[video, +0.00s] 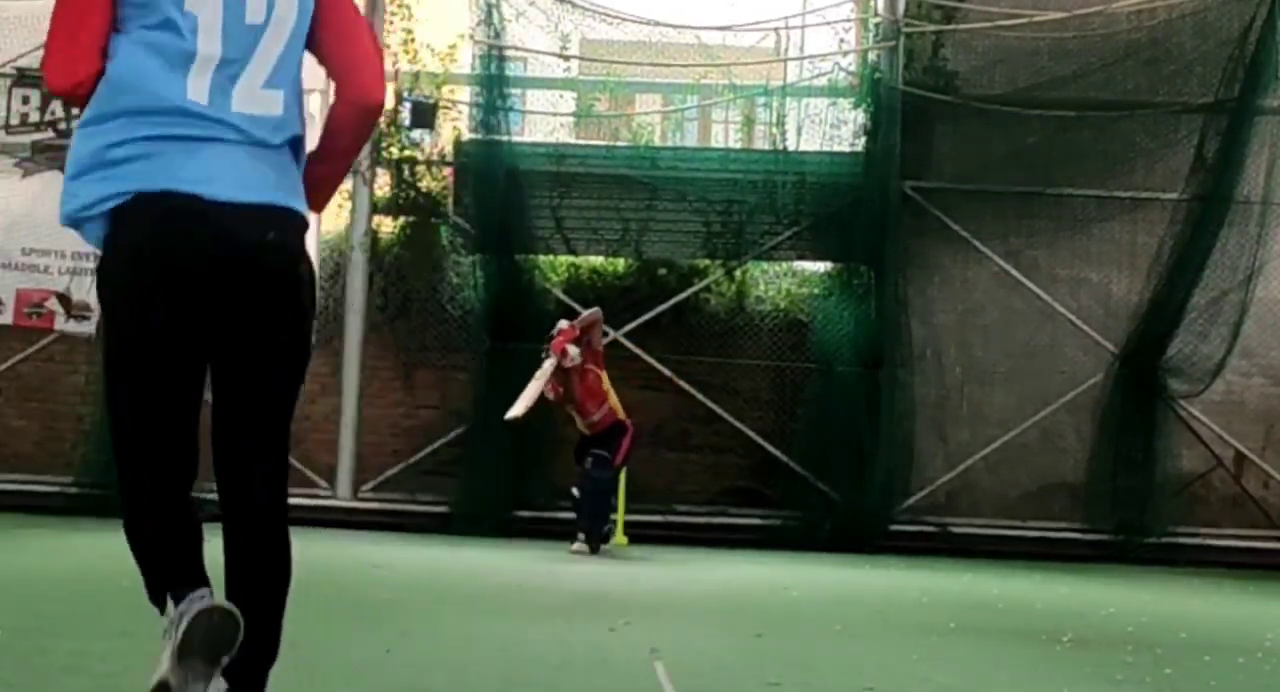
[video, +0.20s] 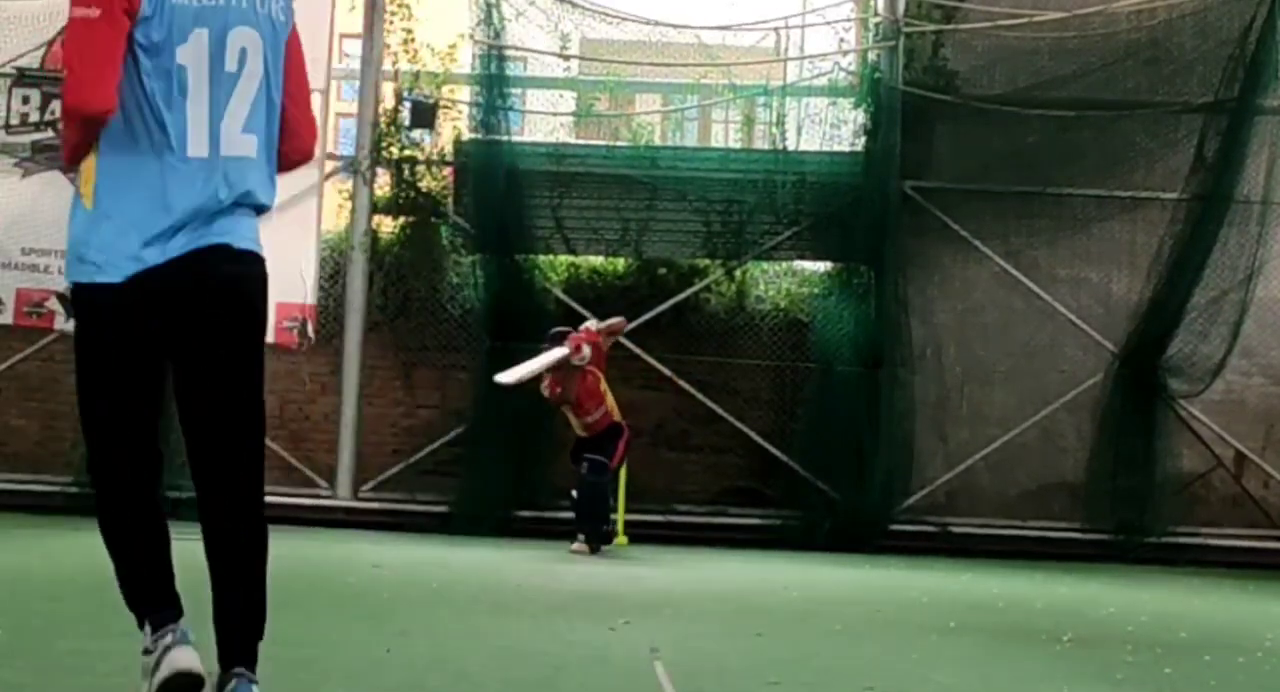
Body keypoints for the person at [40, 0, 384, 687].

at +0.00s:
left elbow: (68, 72)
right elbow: (366, 89)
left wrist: (140, 92)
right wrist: (308, 193)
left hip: (151, 219)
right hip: (269, 231)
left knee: (152, 467)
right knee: (257, 483)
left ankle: (188, 605)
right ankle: (245, 681)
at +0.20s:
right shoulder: (271, 5)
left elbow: (90, 100)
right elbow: (298, 139)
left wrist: (73, 153)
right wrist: (214, 170)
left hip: (120, 263)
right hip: (228, 262)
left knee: (123, 470)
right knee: (232, 474)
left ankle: (167, 637)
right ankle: (241, 673)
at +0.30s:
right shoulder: (240, 1)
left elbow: (77, 80)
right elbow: (259, 123)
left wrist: (44, 105)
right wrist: (162, 109)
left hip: (103, 250)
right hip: (206, 245)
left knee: (113, 459)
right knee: (225, 444)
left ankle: (121, 661)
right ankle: (251, 617)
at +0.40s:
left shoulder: (60, 6)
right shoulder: (202, 15)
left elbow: (37, 128)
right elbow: (239, 155)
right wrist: (146, 136)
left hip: (85, 289)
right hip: (186, 284)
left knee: (87, 487)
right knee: (219, 468)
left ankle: (99, 665)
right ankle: (258, 608)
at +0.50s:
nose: (51, 1)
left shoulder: (35, 50)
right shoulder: (185, 51)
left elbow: (6, 178)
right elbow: (221, 182)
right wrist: (144, 207)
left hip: (53, 318)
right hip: (153, 313)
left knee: (73, 498)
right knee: (176, 484)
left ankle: (98, 663)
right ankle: (229, 629)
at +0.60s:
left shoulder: (24, 30)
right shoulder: (166, 32)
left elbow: (6, 134)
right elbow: (209, 150)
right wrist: (137, 183)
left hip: (32, 291)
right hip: (128, 293)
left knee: (55, 476)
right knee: (131, 468)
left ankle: (91, 651)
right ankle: (152, 648)